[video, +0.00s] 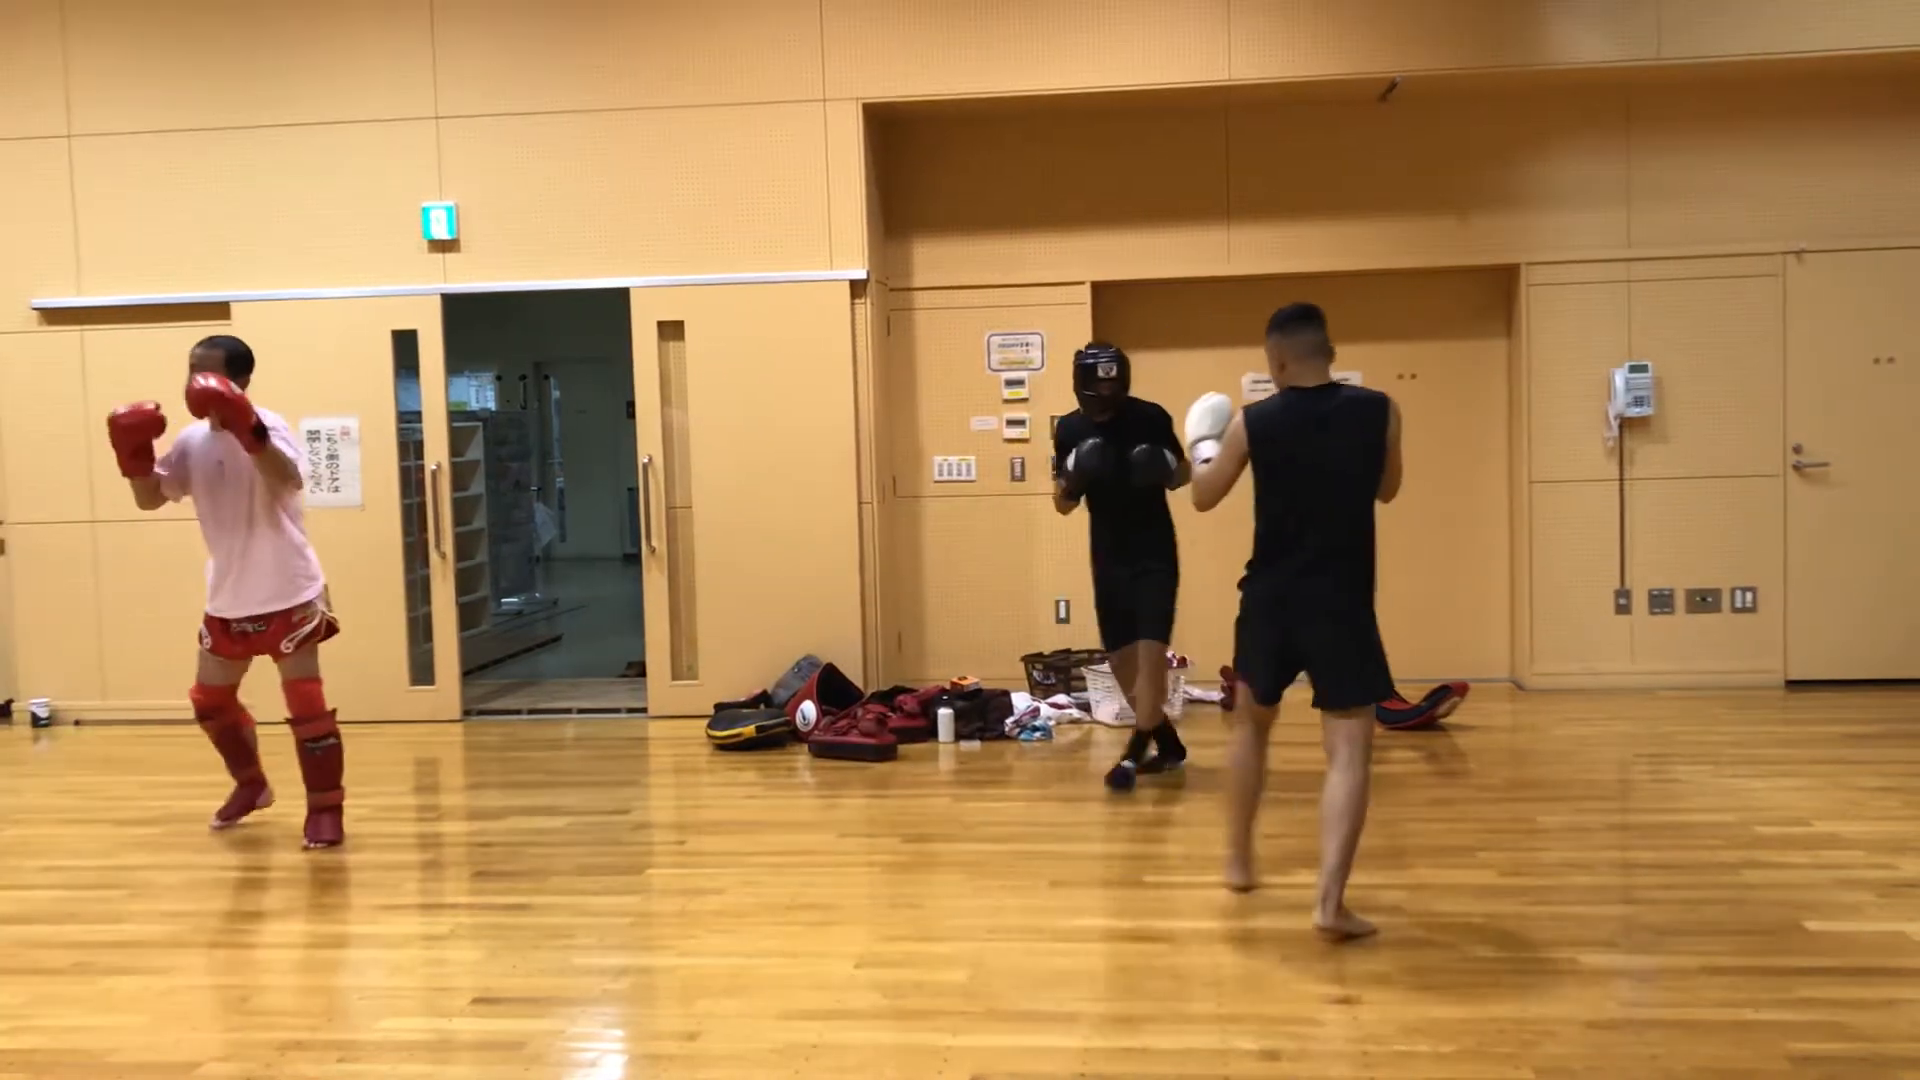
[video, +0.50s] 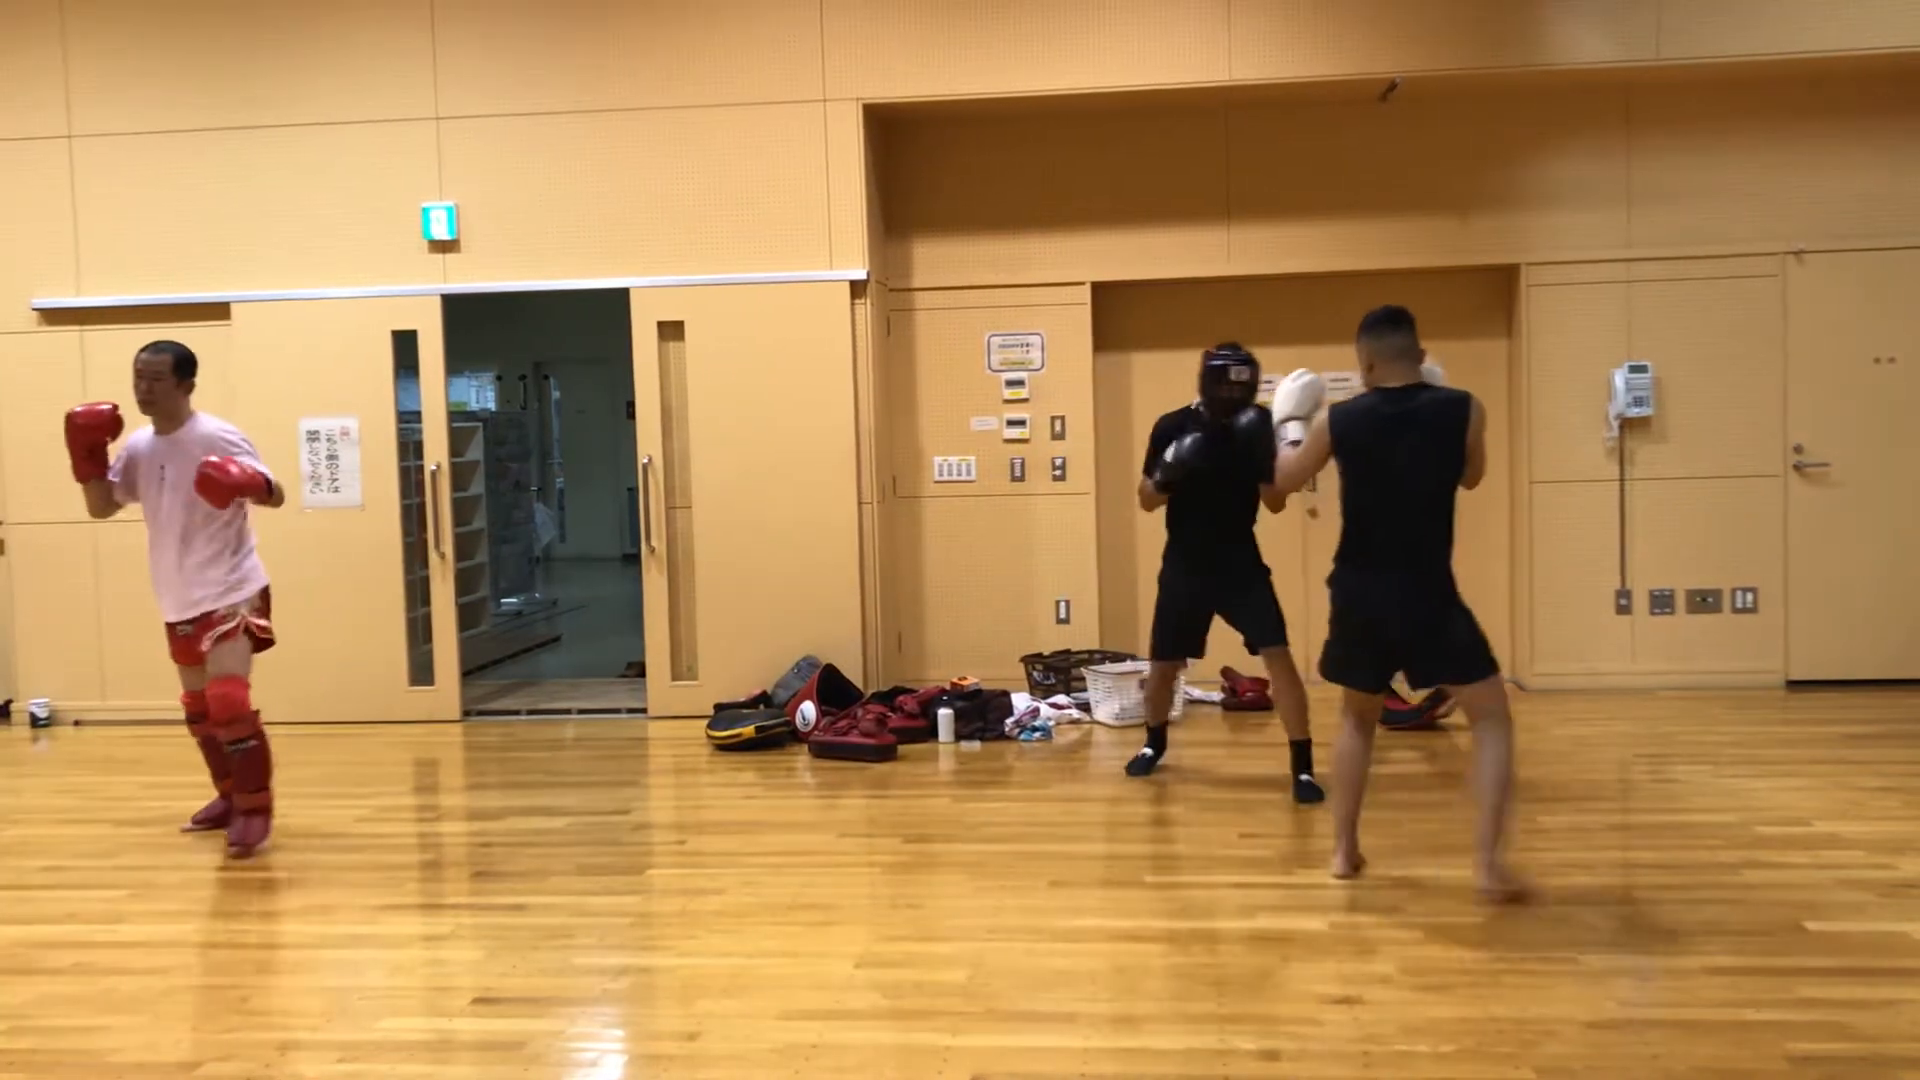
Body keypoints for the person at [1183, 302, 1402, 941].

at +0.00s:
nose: (1271, 367)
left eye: (1270, 359)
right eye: (1278, 358)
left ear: (1273, 359)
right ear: (1329, 352)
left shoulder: (1255, 422)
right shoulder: (1376, 410)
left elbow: (1205, 495)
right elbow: (1387, 489)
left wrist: (1209, 444)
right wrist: (1342, 437)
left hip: (1270, 602)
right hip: (1344, 604)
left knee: (1251, 725)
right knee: (1348, 755)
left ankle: (1239, 861)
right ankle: (1330, 904)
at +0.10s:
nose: (1291, 363)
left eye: (1290, 355)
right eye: (1297, 354)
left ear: (1294, 355)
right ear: (1352, 349)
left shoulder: (1274, 417)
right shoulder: (1396, 408)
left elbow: (1223, 488)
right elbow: (1403, 482)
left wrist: (1232, 430)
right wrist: (1353, 421)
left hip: (1288, 596)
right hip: (1358, 597)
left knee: (1287, 724)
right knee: (1353, 747)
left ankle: (1290, 857)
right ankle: (1328, 903)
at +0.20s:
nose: (1315, 371)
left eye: (1314, 362)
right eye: (1325, 361)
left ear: (1317, 363)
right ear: (1373, 358)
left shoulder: (1296, 427)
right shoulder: (1416, 416)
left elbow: (1244, 494)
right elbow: (1423, 483)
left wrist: (1241, 436)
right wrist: (1382, 405)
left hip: (1312, 602)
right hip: (1380, 603)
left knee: (1323, 733)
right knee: (1366, 750)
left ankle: (1342, 851)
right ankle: (1327, 896)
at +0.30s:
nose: (1327, 372)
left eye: (1326, 364)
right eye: (1335, 363)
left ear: (1329, 365)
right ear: (1384, 359)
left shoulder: (1309, 429)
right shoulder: (1427, 415)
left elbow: (1257, 496)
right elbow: (1439, 484)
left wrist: (1247, 445)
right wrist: (1396, 410)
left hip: (1330, 599)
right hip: (1398, 600)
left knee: (1343, 726)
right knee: (1415, 737)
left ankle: (1344, 863)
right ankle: (1355, 862)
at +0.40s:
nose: (1347, 371)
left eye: (1345, 364)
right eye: (1352, 365)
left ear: (1344, 365)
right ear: (1402, 359)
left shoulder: (1327, 423)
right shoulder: (1444, 411)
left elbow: (1271, 488)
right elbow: (1456, 478)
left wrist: (1272, 434)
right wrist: (1416, 402)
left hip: (1346, 600)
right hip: (1413, 601)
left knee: (1352, 722)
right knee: (1468, 728)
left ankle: (1344, 849)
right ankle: (1422, 852)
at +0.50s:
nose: (1363, 369)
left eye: (1362, 361)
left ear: (1363, 361)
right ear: (1421, 355)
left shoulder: (1343, 419)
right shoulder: (1461, 409)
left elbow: (1286, 479)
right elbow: (1471, 476)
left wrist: (1289, 429)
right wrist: (1435, 401)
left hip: (1360, 598)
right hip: (1429, 598)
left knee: (1357, 719)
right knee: (1491, 716)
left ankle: (1344, 851)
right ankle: (1489, 863)